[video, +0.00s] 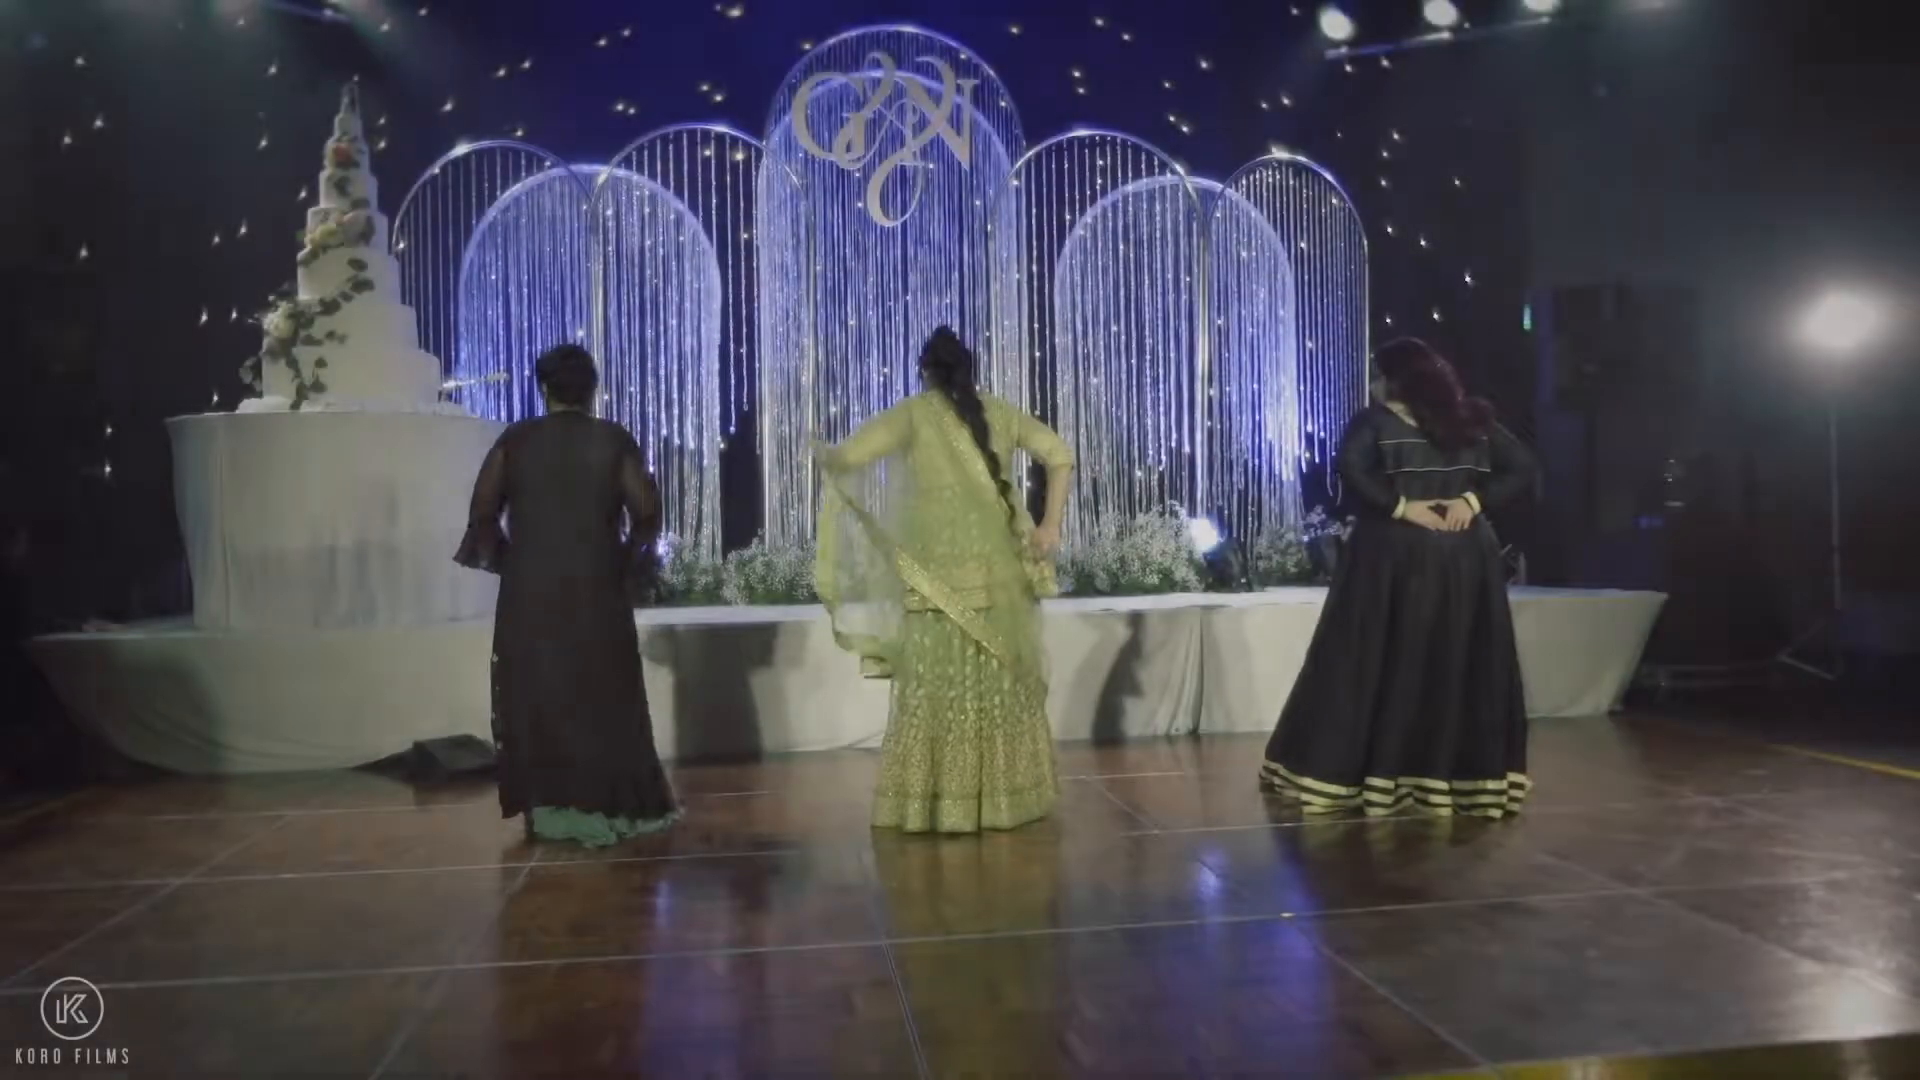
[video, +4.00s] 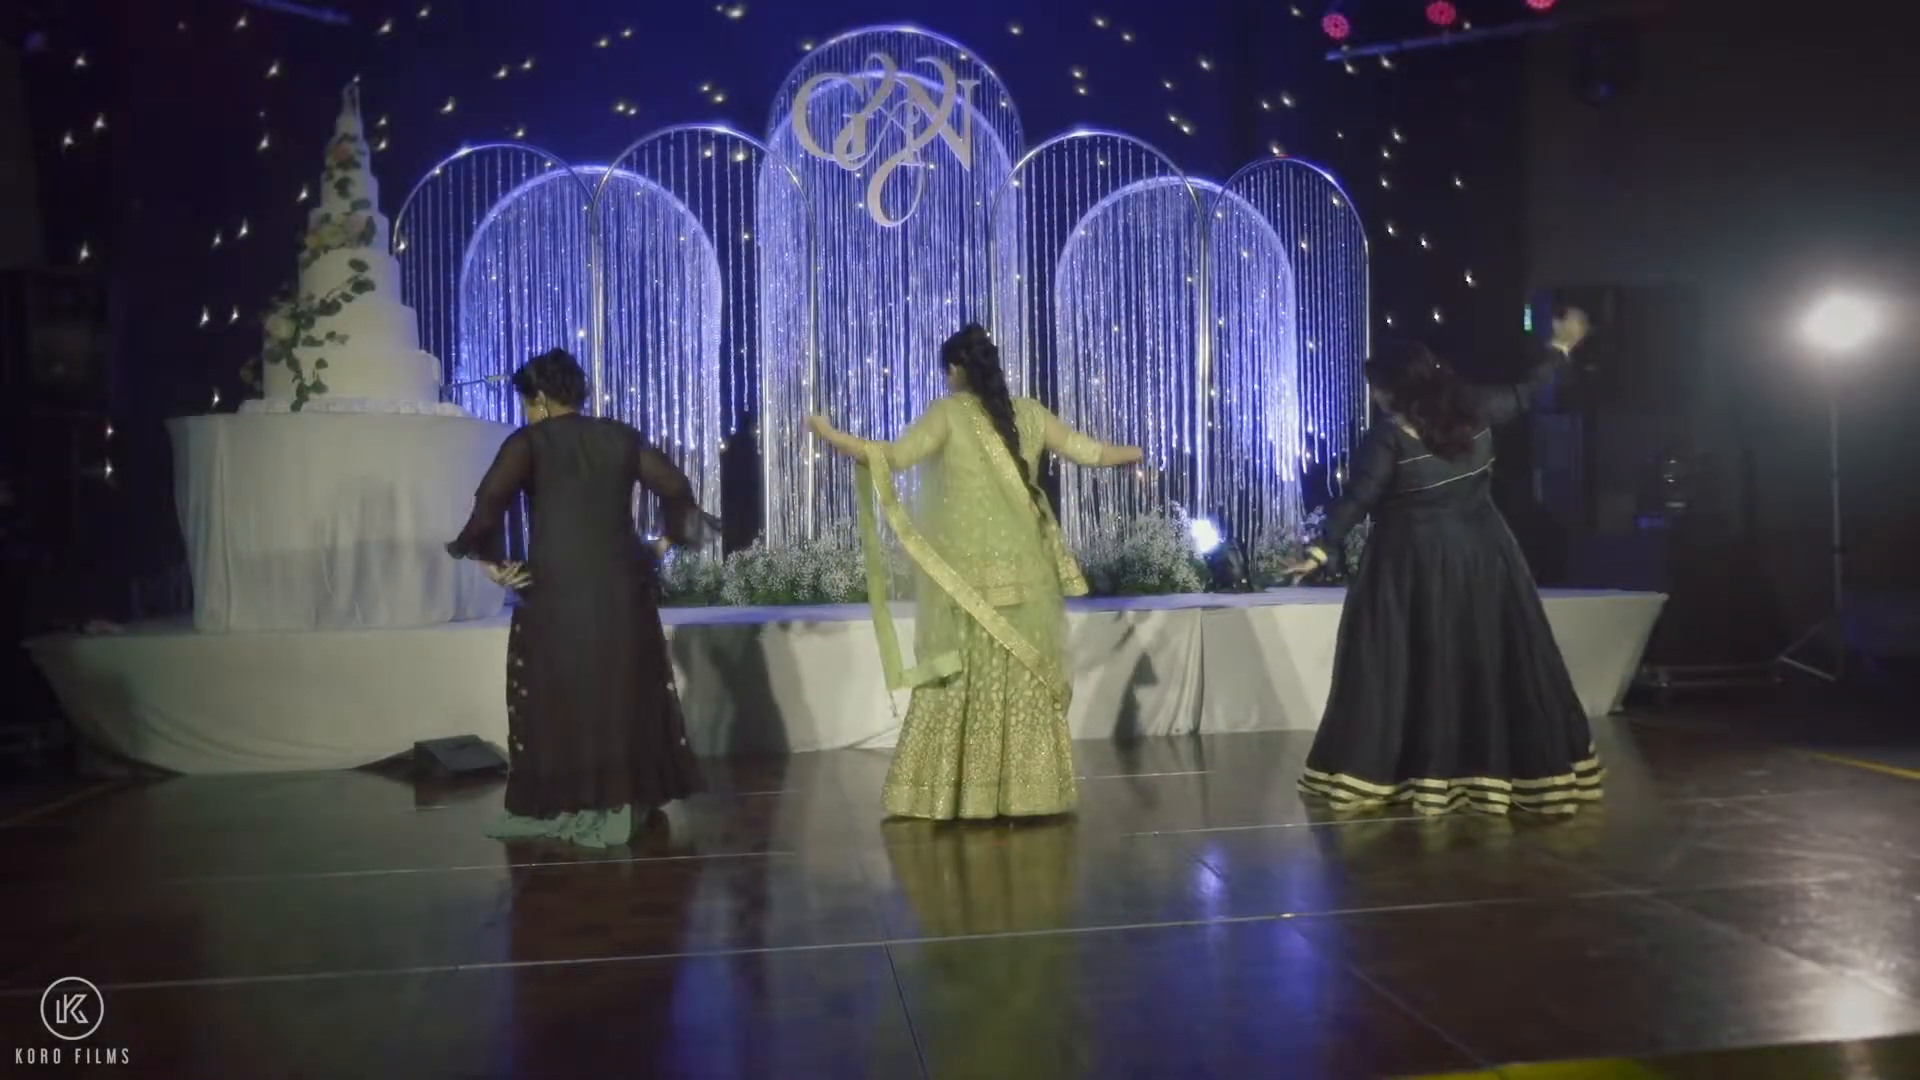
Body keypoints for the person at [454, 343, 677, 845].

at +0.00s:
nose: (571, 392)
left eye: (556, 385)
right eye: (581, 384)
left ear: (544, 389)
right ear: (592, 389)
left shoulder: (515, 441)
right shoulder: (614, 440)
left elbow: (482, 519)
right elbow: (648, 511)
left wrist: (515, 561)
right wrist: (626, 560)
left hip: (532, 591)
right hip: (595, 591)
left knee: (537, 697)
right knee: (602, 695)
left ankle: (545, 808)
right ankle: (608, 806)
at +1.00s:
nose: (583, 395)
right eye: (583, 388)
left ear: (535, 389)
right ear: (583, 390)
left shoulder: (509, 430)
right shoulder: (604, 437)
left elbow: (446, 467)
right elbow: (678, 438)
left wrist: (489, 525)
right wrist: (639, 400)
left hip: (522, 584)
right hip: (584, 583)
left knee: (527, 691)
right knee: (592, 691)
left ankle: (533, 805)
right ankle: (594, 808)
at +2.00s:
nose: (595, 394)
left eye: (591, 386)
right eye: (590, 387)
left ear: (539, 393)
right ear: (577, 394)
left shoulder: (519, 435)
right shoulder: (605, 438)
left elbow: (501, 388)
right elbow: (637, 400)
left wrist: (529, 346)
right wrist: (607, 339)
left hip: (530, 577)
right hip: (589, 578)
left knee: (533, 685)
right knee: (597, 685)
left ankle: (536, 803)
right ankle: (598, 805)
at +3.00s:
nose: (543, 418)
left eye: (541, 409)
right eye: (545, 408)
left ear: (549, 409)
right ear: (591, 398)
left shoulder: (546, 467)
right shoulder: (638, 431)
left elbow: (507, 538)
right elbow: (704, 431)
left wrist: (439, 563)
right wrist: (698, 401)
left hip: (592, 594)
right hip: (654, 587)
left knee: (580, 693)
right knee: (639, 691)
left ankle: (578, 809)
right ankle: (633, 806)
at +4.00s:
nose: (525, 413)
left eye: (525, 403)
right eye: (525, 403)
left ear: (539, 399)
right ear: (577, 396)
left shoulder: (529, 441)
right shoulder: (621, 437)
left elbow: (490, 500)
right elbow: (677, 488)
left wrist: (489, 559)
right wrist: (671, 537)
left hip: (558, 593)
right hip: (622, 591)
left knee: (559, 697)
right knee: (622, 695)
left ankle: (569, 810)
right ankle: (629, 808)